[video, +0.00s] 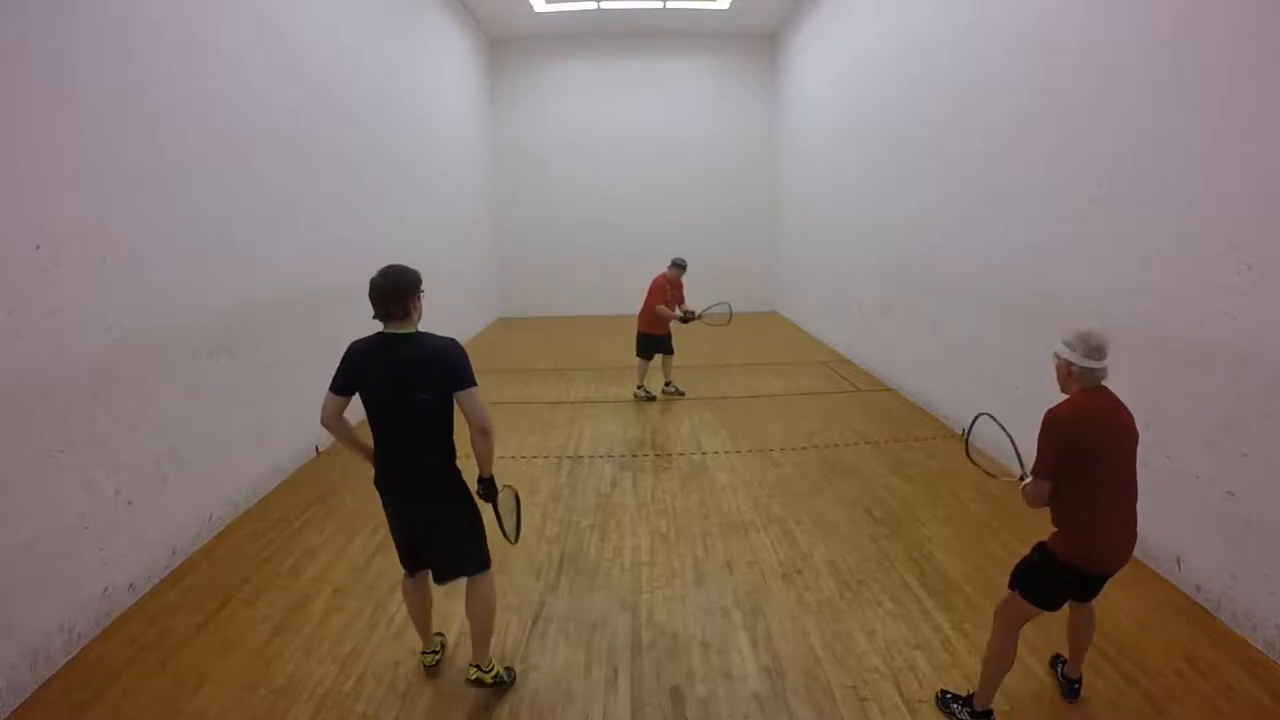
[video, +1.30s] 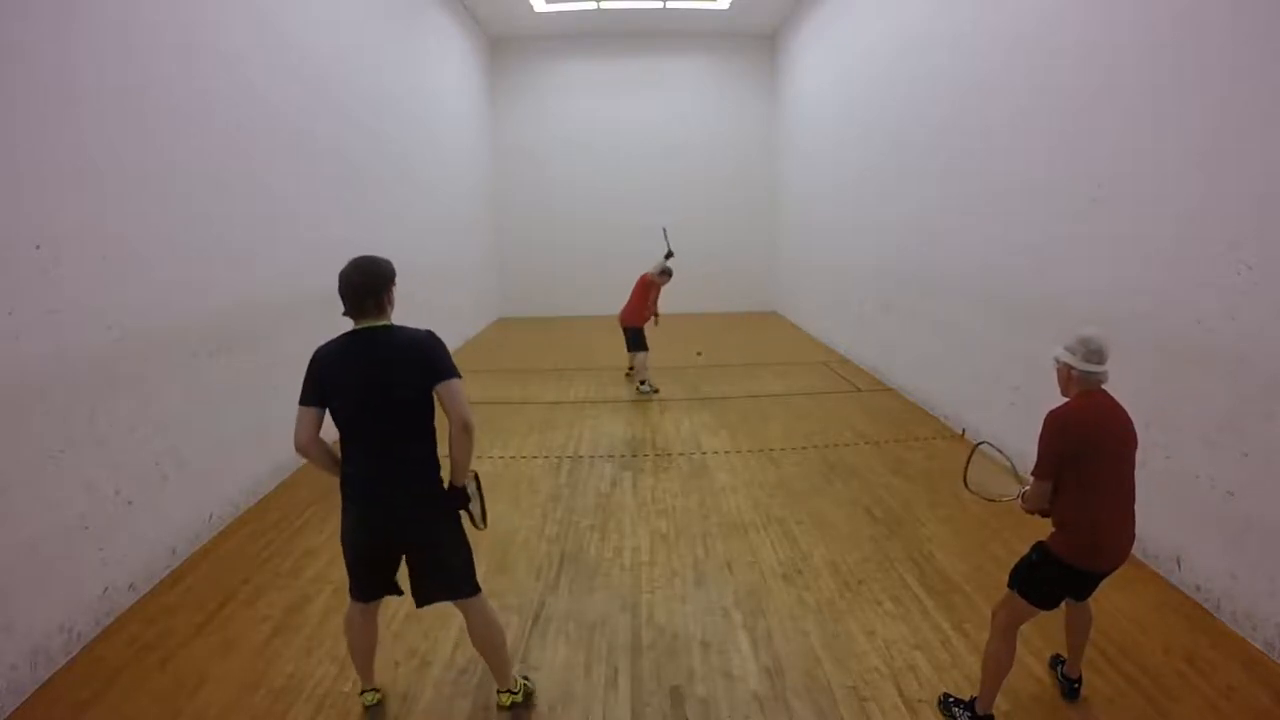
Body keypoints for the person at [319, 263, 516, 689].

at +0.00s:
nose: (422, 301)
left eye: (419, 295)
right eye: (421, 296)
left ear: (375, 307)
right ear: (416, 302)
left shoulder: (359, 354)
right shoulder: (446, 351)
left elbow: (331, 417)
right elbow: (480, 425)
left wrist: (371, 455)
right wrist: (486, 475)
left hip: (393, 482)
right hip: (440, 480)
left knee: (413, 568)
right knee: (478, 568)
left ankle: (428, 647)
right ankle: (481, 665)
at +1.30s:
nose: (396, 296)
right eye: (394, 289)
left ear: (345, 302)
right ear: (391, 296)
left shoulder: (326, 358)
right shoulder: (423, 344)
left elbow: (305, 441)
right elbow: (461, 420)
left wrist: (347, 471)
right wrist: (459, 485)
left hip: (363, 508)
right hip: (425, 503)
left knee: (362, 602)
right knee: (470, 599)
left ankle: (368, 690)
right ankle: (508, 686)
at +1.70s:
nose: (354, 303)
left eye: (351, 295)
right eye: (352, 296)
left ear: (301, 306)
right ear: (346, 303)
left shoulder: (274, 360)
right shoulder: (375, 354)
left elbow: (234, 437)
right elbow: (428, 428)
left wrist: (285, 475)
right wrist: (437, 495)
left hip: (307, 520)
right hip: (370, 513)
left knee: (312, 621)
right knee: (427, 610)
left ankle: (319, 715)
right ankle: (476, 701)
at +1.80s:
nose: (336, 311)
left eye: (333, 303)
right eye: (334, 304)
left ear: (283, 314)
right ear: (327, 311)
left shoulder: (257, 369)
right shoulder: (357, 363)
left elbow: (217, 448)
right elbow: (414, 436)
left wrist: (258, 497)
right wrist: (425, 496)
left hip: (292, 526)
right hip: (355, 519)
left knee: (289, 629)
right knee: (409, 616)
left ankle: (286, 716)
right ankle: (456, 707)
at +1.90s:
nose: (317, 344)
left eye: (313, 337)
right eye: (316, 338)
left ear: (266, 348)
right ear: (310, 344)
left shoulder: (244, 407)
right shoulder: (341, 396)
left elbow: (211, 492)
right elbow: (404, 467)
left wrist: (242, 546)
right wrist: (418, 519)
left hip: (282, 558)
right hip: (346, 552)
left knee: (269, 658)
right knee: (397, 642)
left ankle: (261, 718)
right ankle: (438, 715)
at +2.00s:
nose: (294, 370)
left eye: (291, 364)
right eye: (292, 365)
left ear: (244, 378)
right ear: (287, 372)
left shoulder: (225, 436)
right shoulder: (319, 423)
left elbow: (202, 525)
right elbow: (376, 494)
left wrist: (222, 576)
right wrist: (380, 538)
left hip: (267, 578)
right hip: (327, 570)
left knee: (265, 667)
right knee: (383, 644)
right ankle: (429, 713)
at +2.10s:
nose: (270, 389)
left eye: (267, 383)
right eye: (269, 384)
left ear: (223, 396)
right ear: (265, 390)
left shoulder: (205, 449)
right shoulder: (295, 432)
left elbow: (184, 538)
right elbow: (327, 503)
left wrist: (202, 588)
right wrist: (308, 534)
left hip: (262, 576)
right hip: (318, 560)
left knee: (265, 664)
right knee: (352, 614)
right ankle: (404, 683)